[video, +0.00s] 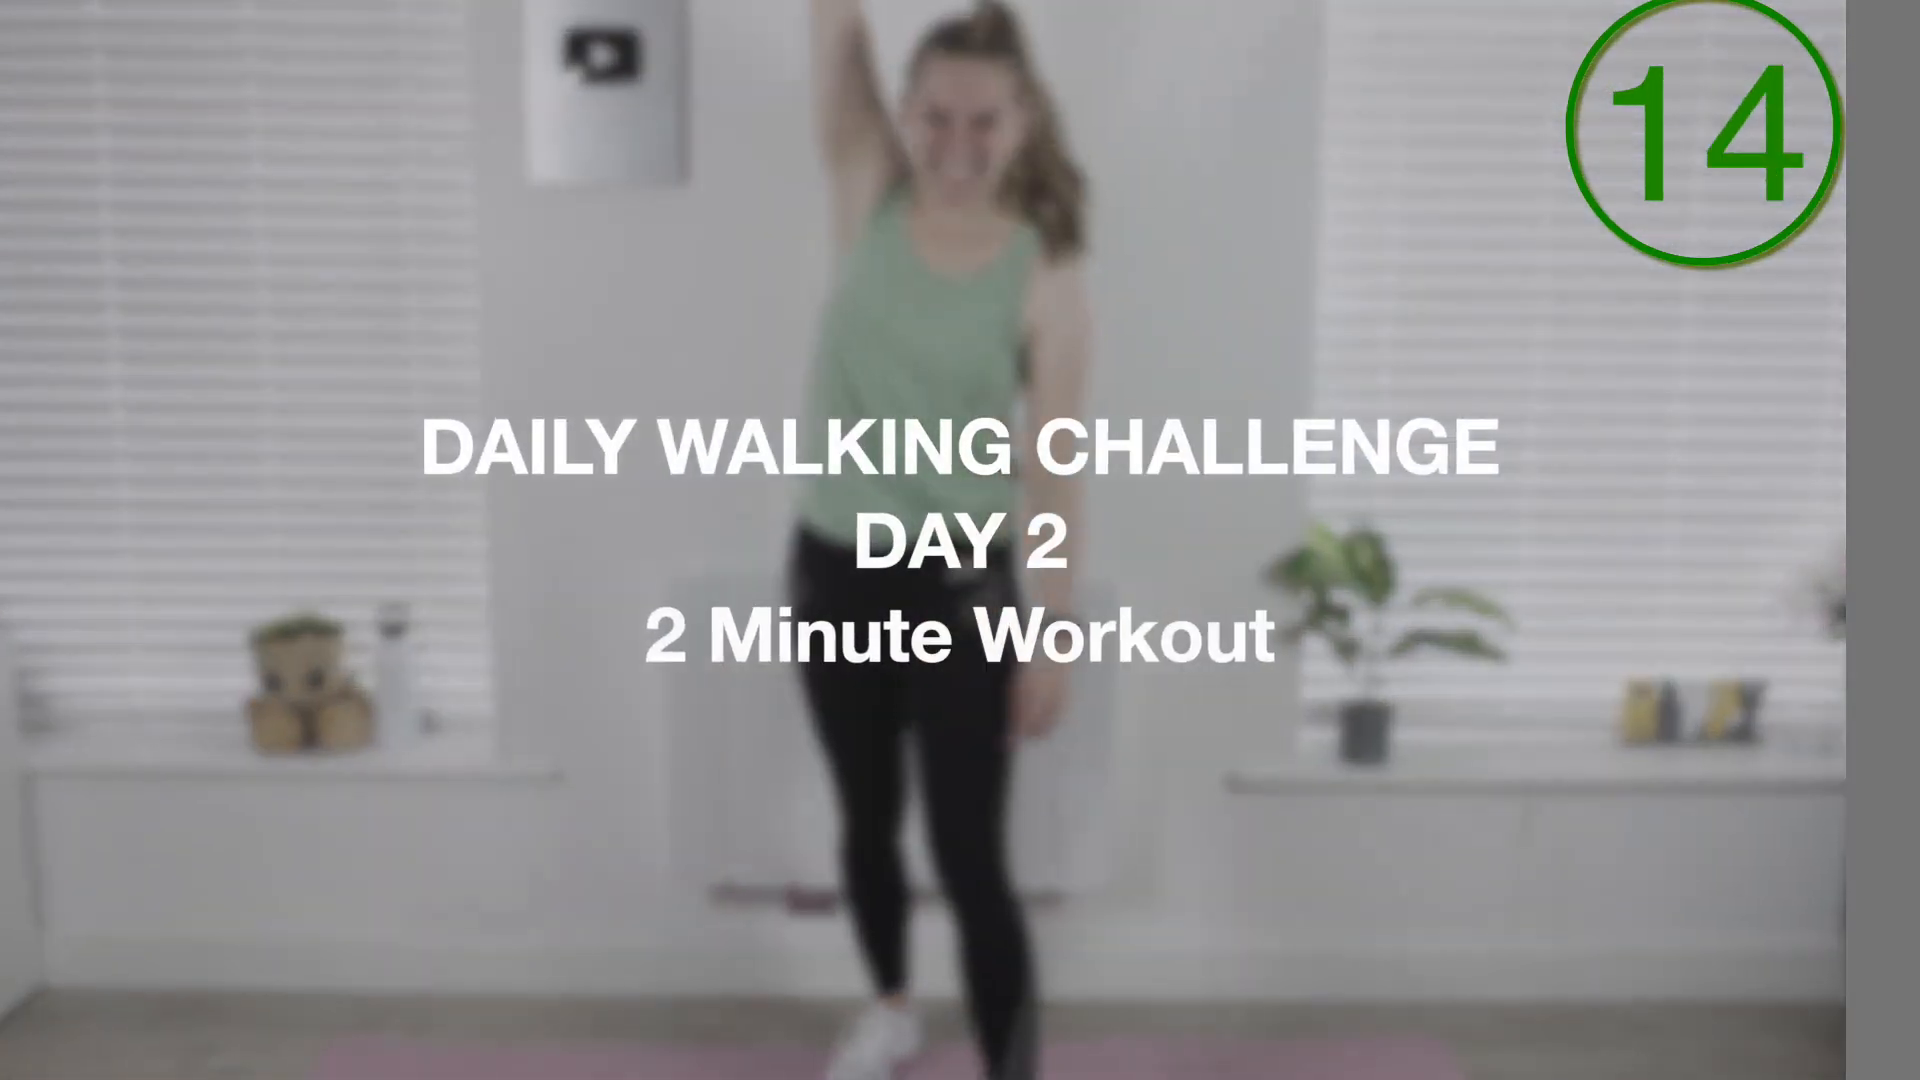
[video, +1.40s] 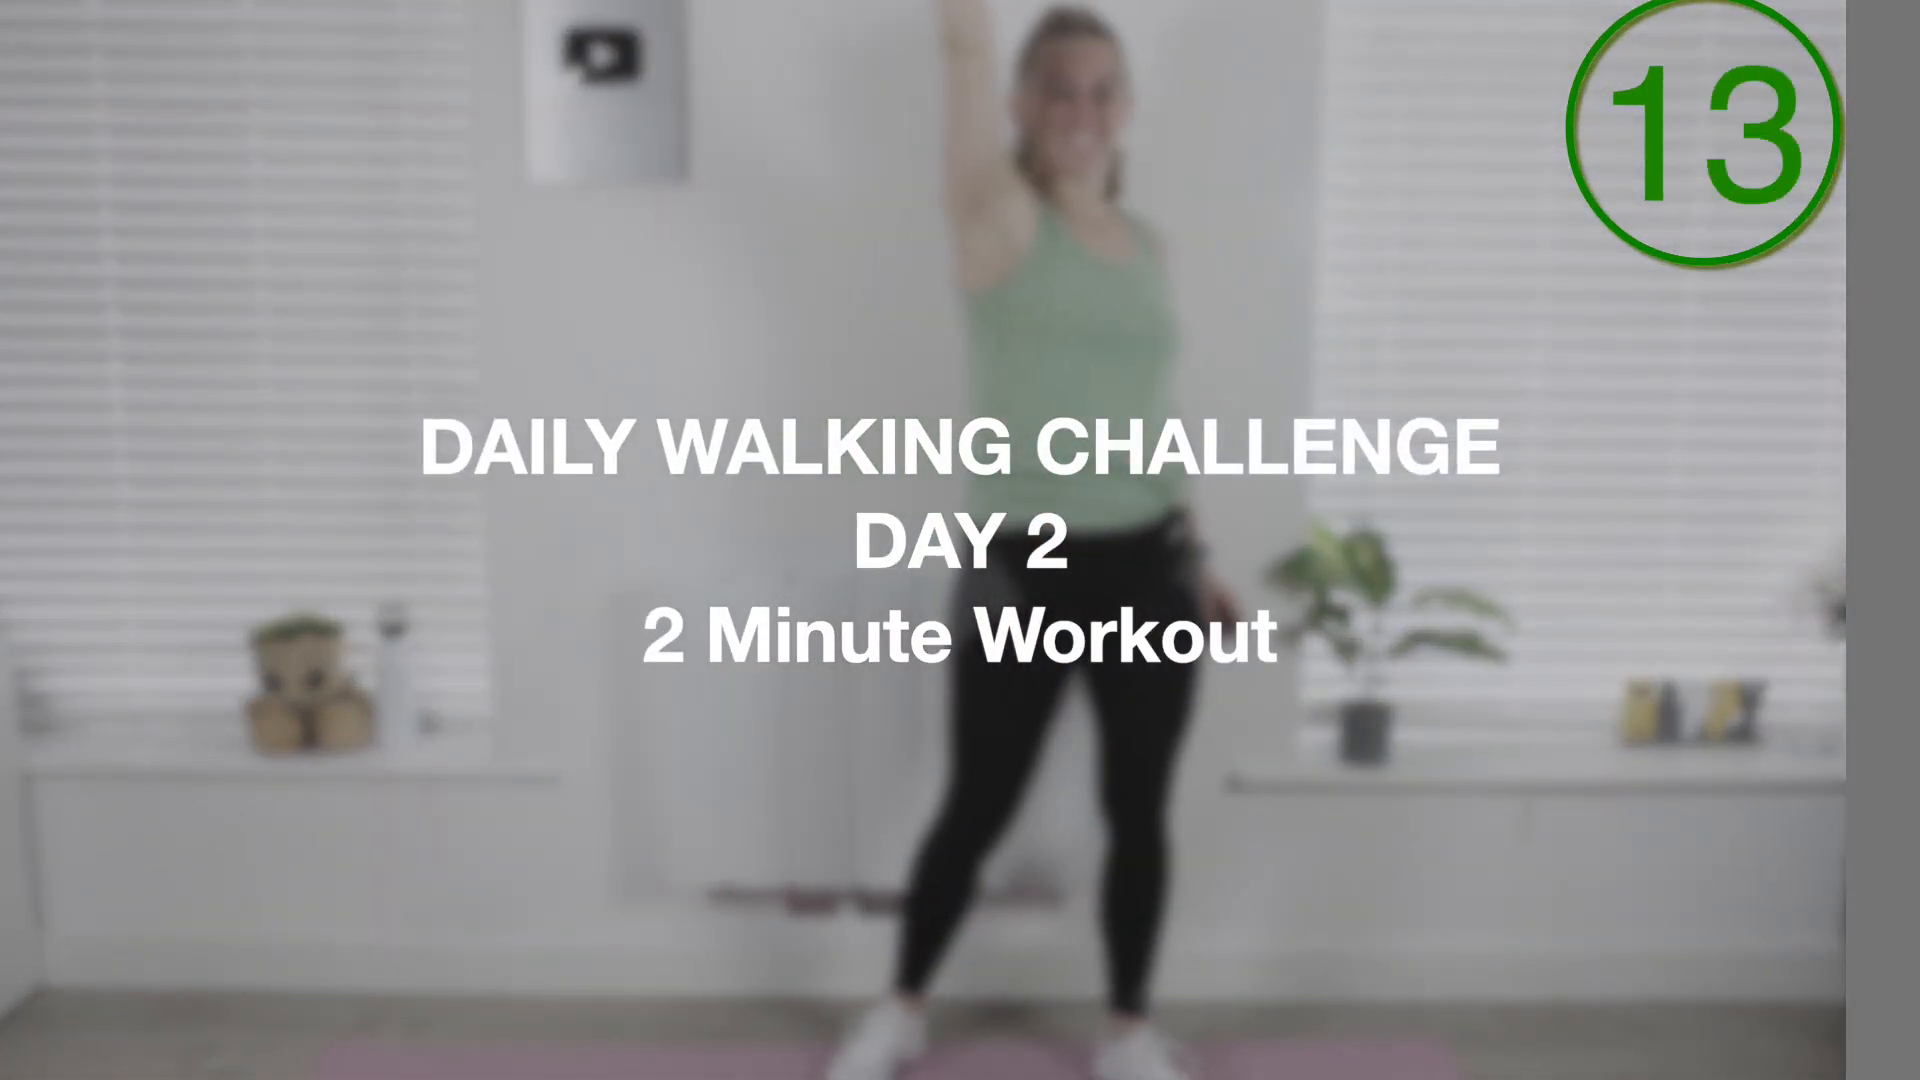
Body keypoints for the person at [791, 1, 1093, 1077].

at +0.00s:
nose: (958, 142)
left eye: (985, 120)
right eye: (938, 116)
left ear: (1024, 127)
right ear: (904, 117)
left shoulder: (1041, 275)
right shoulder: (869, 202)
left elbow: (1054, 467)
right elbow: (836, 30)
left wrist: (1052, 632)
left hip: (962, 576)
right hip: (838, 565)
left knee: (966, 848)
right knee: (865, 810)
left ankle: (1010, 1063)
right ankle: (890, 1004)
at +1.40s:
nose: (1080, 111)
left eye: (1100, 92)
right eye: (1058, 90)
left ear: (1127, 110)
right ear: (1020, 105)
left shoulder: (1142, 243)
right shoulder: (999, 221)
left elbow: (1149, 420)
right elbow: (966, 48)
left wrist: (1196, 561)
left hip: (1145, 558)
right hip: (1023, 559)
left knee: (1139, 807)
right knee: (981, 801)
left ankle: (1129, 1029)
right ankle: (901, 1009)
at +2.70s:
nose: (1098, 98)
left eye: (1128, 83)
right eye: (1085, 75)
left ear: (1170, 114)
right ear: (1056, 88)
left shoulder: (1185, 253)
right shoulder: (998, 221)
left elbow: (1167, 453)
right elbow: (969, 390)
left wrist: (1106, 605)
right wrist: (938, 528)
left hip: (1113, 555)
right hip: (987, 548)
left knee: (1109, 805)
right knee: (942, 797)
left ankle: (1124, 1029)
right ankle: (878, 1033)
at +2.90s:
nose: (1021, 97)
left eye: (1046, 79)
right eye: (1003, 74)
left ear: (1082, 104)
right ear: (970, 89)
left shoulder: (1110, 249)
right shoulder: (907, 228)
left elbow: (1151, 435)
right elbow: (852, 398)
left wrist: (1168, 594)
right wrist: (794, 546)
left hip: (1048, 561)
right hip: (910, 559)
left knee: (1070, 814)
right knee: (898, 814)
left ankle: (1123, 1032)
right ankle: (868, 1046)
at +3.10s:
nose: (950, 110)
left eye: (973, 89)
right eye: (930, 88)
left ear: (1003, 101)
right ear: (894, 95)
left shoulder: (1054, 245)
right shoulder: (839, 239)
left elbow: (1105, 426)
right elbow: (767, 405)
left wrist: (1157, 576)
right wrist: (702, 547)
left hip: (992, 565)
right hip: (856, 561)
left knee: (1034, 819)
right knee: (861, 813)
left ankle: (1073, 1029)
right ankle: (860, 1041)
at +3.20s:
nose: (932, 132)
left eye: (954, 108)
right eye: (910, 108)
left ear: (981, 111)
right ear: (867, 108)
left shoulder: (1032, 247)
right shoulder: (817, 248)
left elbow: (1070, 424)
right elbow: (754, 431)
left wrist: (1119, 570)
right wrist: (692, 583)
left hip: (980, 569)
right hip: (847, 567)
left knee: (1011, 824)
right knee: (860, 818)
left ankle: (996, 1035)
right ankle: (863, 1042)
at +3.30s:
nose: (930, 155)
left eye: (949, 131)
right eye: (907, 130)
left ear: (972, 125)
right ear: (857, 123)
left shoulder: (1011, 248)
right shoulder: (805, 254)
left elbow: (1045, 419)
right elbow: (758, 443)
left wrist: (1070, 561)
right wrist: (714, 600)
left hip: (978, 573)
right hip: (847, 574)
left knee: (986, 834)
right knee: (861, 822)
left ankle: (948, 1041)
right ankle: (865, 1041)